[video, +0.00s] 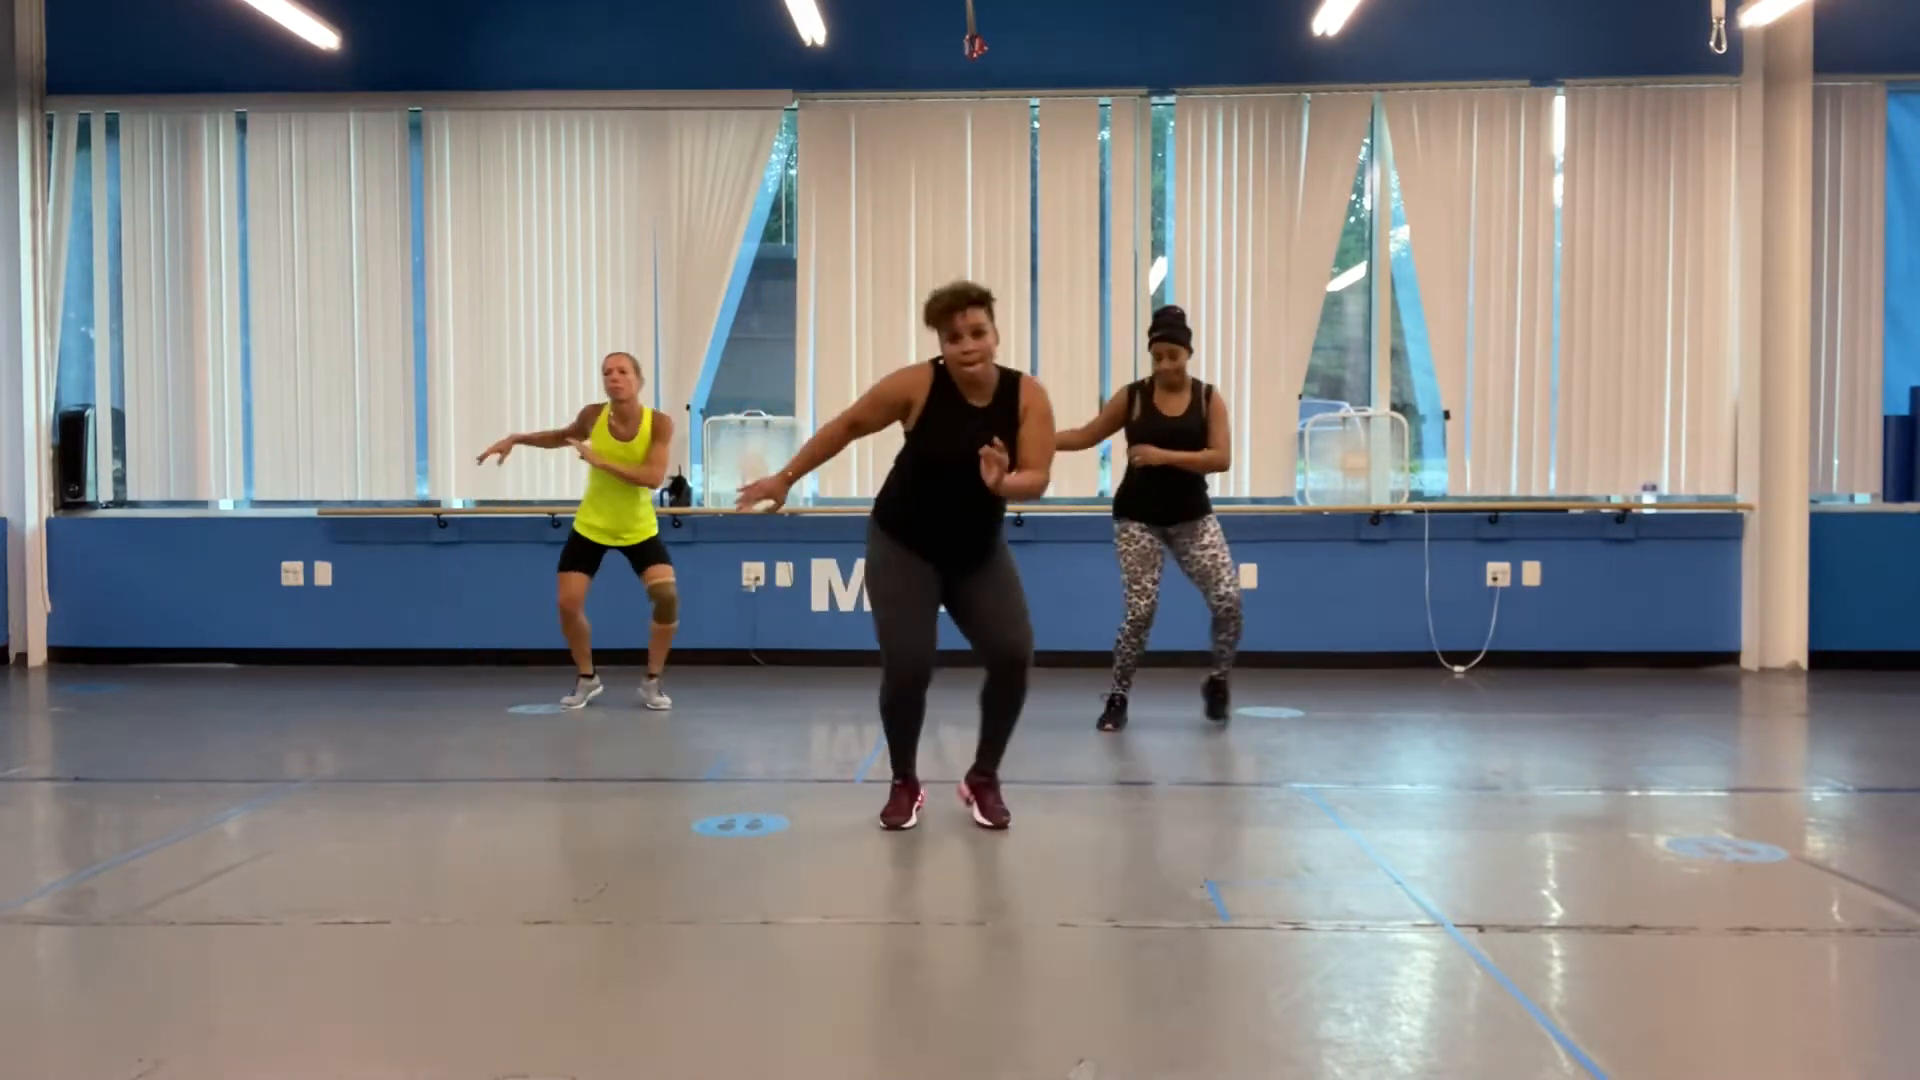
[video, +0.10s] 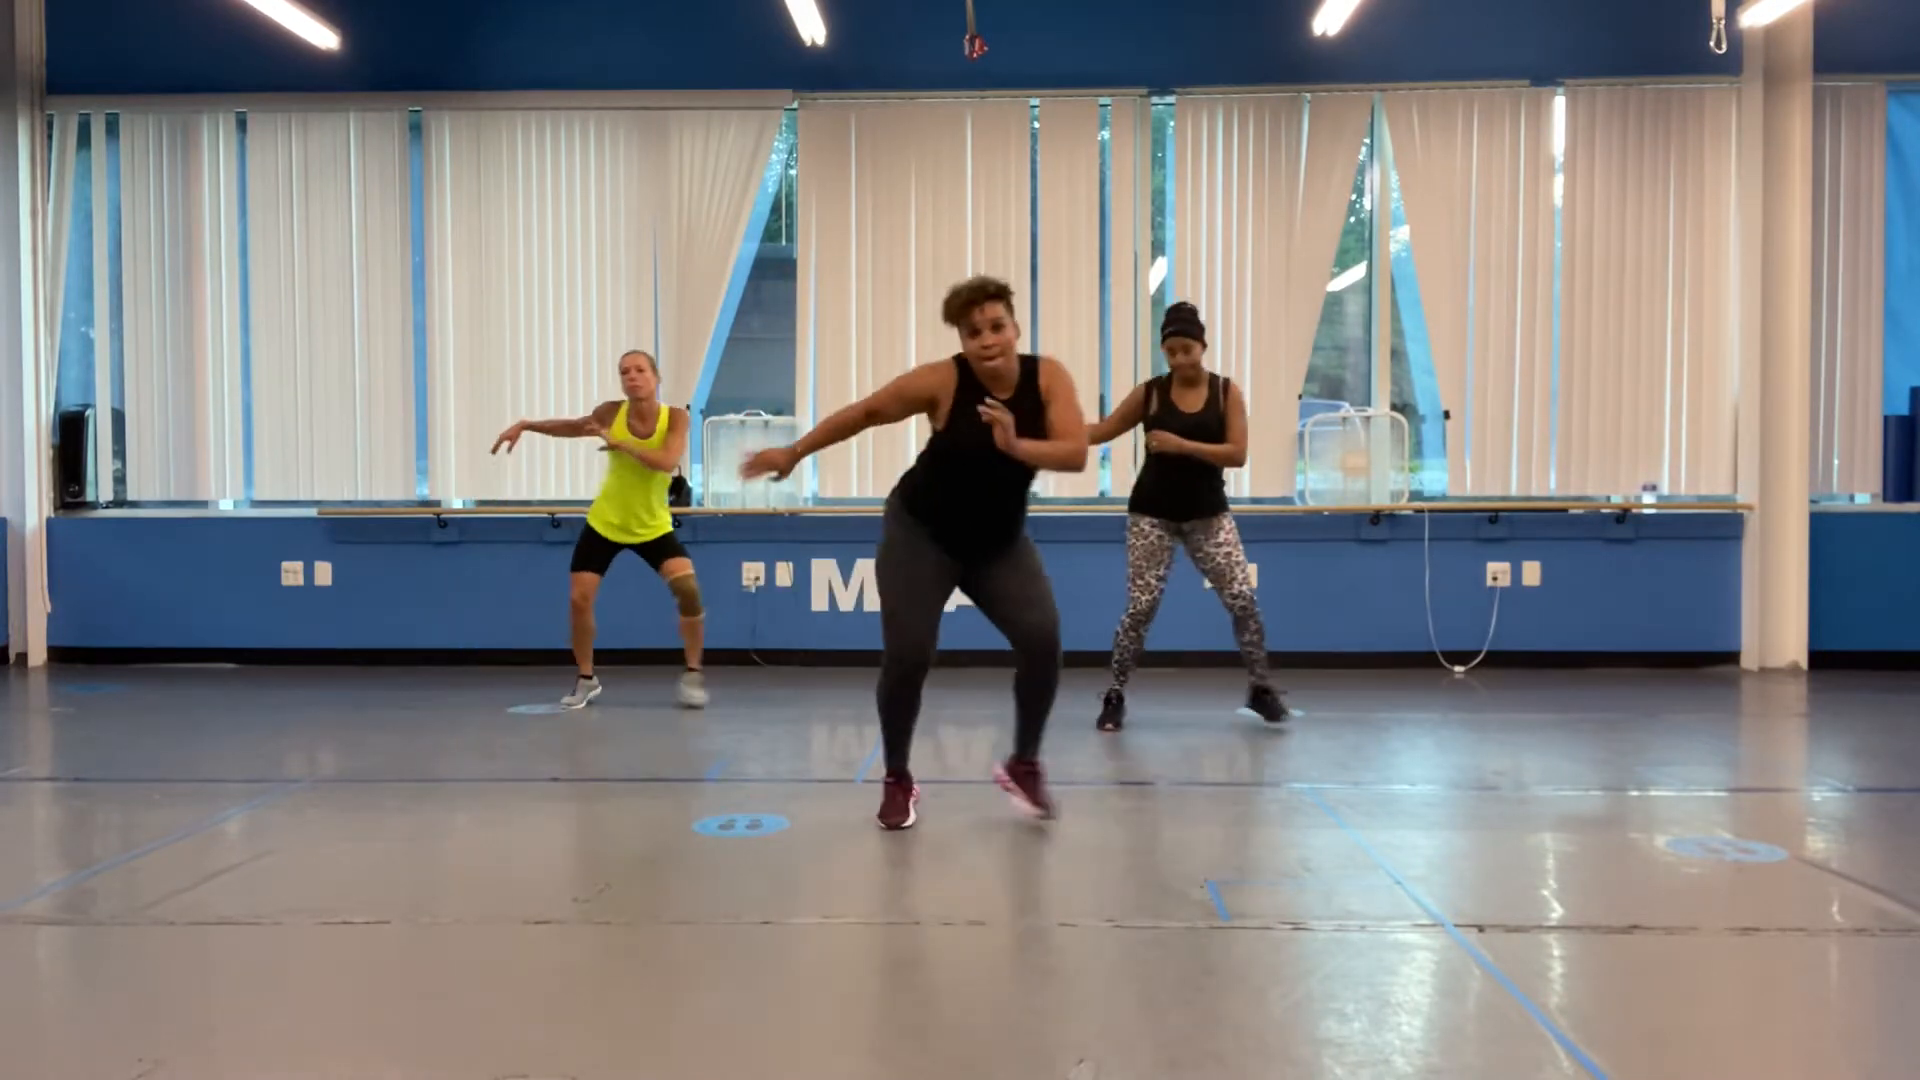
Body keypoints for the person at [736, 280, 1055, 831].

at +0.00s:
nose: (969, 346)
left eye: (978, 333)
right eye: (956, 338)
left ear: (996, 335)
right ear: (940, 344)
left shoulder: (1027, 396)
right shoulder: (913, 386)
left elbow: (1037, 479)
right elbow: (845, 428)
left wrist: (1004, 483)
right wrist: (784, 478)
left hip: (978, 548)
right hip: (904, 543)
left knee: (1013, 654)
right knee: (908, 669)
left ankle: (984, 777)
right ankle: (904, 783)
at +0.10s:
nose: (989, 340)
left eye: (998, 327)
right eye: (975, 332)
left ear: (1016, 328)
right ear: (960, 339)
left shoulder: (1048, 378)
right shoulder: (938, 382)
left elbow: (1076, 454)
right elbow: (867, 412)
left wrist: (1017, 446)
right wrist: (794, 453)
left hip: (998, 540)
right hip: (922, 533)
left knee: (1043, 642)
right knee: (909, 656)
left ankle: (1024, 764)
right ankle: (897, 777)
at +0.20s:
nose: (1008, 348)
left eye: (1018, 335)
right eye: (995, 340)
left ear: (1037, 337)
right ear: (981, 347)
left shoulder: (1070, 380)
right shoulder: (962, 391)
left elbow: (1111, 438)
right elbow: (883, 417)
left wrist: (1030, 424)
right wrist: (804, 442)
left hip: (1023, 547)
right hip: (948, 534)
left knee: (1055, 664)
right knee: (904, 646)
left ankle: (1083, 791)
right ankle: (867, 745)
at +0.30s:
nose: (1023, 353)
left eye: (1032, 340)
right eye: (1010, 345)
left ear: (1050, 345)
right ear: (994, 354)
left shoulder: (1085, 396)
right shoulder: (974, 412)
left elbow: (1130, 458)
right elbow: (907, 457)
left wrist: (1049, 459)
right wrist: (836, 486)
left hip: (1048, 557)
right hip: (971, 548)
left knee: (1093, 662)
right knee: (923, 642)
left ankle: (1087, 792)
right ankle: (849, 706)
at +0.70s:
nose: (1007, 344)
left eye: (1007, 334)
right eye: (994, 335)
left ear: (1001, 341)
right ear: (954, 341)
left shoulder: (1017, 390)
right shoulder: (913, 376)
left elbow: (1082, 423)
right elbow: (875, 434)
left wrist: (1111, 432)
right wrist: (959, 430)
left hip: (1005, 541)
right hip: (930, 551)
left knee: (1057, 646)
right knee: (898, 669)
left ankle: (1113, 736)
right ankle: (881, 789)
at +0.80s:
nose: (997, 348)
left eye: (996, 338)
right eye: (984, 339)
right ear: (945, 347)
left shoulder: (1006, 413)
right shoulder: (899, 384)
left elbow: (1041, 487)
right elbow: (839, 426)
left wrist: (1078, 471)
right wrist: (917, 448)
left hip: (991, 551)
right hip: (912, 555)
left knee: (1037, 642)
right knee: (883, 674)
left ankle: (1091, 710)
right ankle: (880, 791)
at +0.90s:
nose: (981, 346)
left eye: (985, 334)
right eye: (966, 335)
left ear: (991, 338)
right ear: (934, 341)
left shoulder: (1005, 411)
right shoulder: (897, 379)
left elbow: (997, 499)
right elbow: (817, 400)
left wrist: (1033, 496)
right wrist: (856, 458)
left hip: (986, 552)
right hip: (905, 551)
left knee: (1031, 658)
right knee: (881, 672)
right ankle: (879, 791)